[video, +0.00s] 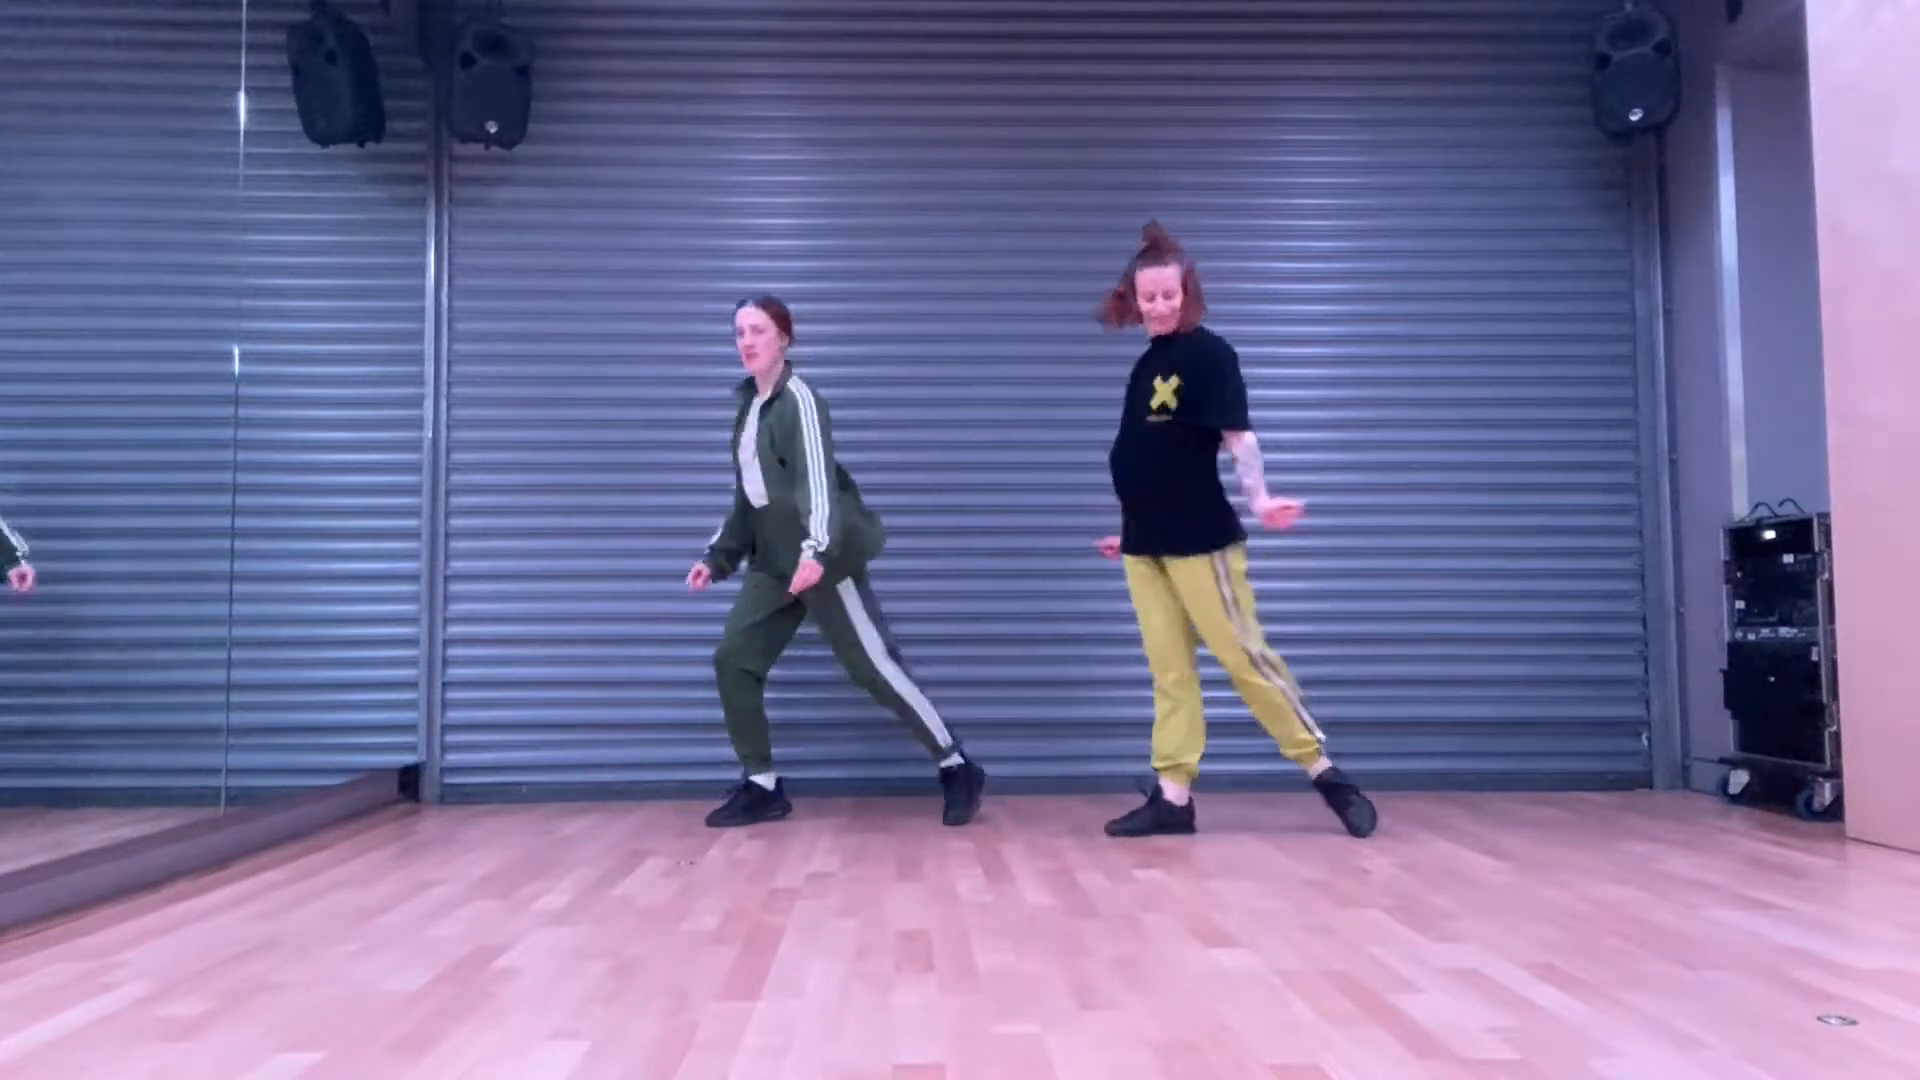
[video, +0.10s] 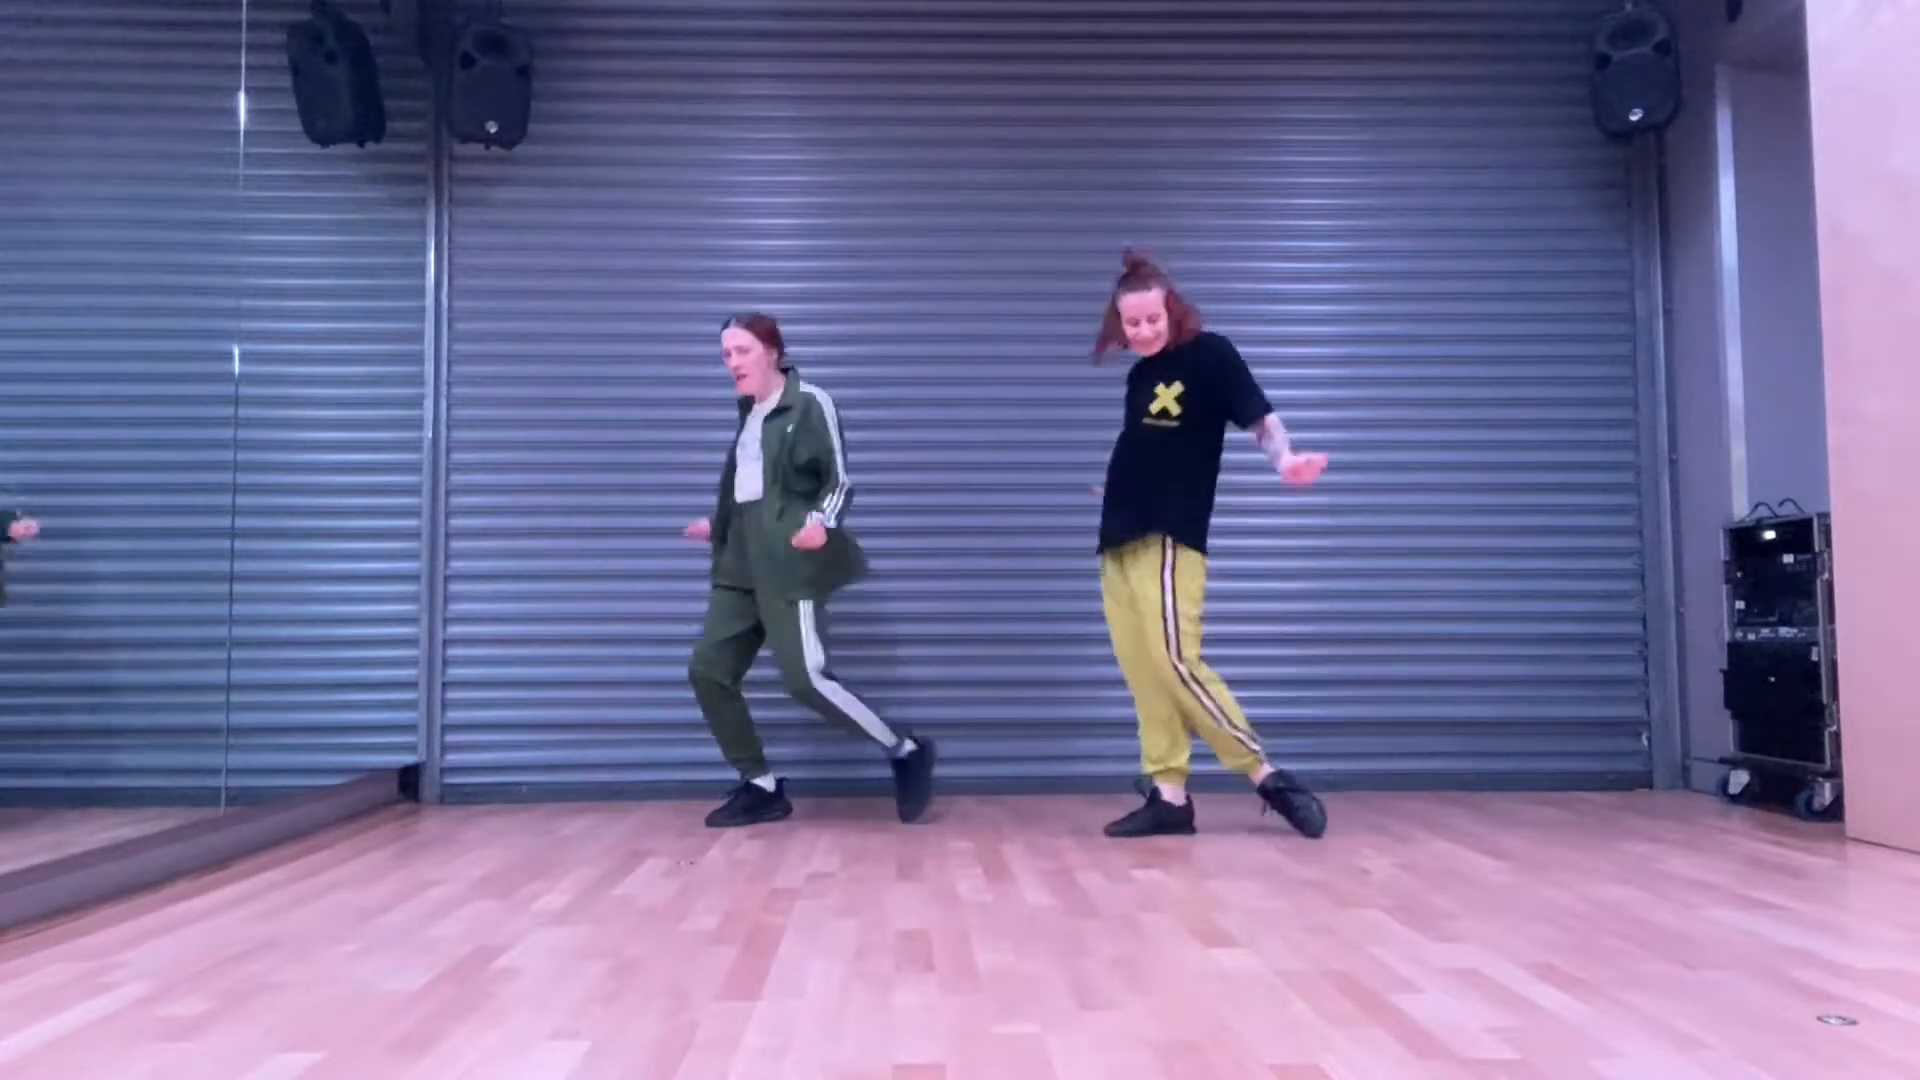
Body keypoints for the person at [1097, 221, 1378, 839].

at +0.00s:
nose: (1160, 306)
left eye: (1170, 293)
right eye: (1149, 296)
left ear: (1187, 293)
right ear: (1133, 300)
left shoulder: (1209, 354)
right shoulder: (1146, 363)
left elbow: (1238, 439)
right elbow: (1148, 455)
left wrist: (1261, 499)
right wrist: (1131, 531)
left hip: (1200, 537)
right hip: (1145, 540)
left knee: (1246, 659)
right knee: (1169, 671)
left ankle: (1325, 776)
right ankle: (1173, 799)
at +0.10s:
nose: (1140, 332)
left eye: (1150, 319)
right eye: (1129, 321)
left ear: (1172, 313)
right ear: (1117, 321)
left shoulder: (1210, 353)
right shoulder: (1140, 374)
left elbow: (1258, 417)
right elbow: (1148, 447)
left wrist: (1285, 460)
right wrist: (1114, 487)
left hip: (1169, 536)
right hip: (1120, 540)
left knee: (1176, 664)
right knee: (1141, 668)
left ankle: (1267, 781)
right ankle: (1169, 799)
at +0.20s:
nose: (1122, 330)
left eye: (1133, 317)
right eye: (1112, 320)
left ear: (1154, 312)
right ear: (1099, 320)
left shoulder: (1185, 345)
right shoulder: (1116, 365)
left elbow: (1248, 388)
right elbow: (1136, 427)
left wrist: (1256, 421)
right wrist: (1089, 465)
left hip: (1178, 528)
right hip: (1125, 530)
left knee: (1153, 658)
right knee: (1095, 651)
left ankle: (1234, 768)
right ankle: (1152, 782)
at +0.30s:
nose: (1112, 347)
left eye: (1122, 335)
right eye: (1102, 336)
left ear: (1141, 337)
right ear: (1087, 340)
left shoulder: (1165, 382)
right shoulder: (1088, 399)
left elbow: (1219, 437)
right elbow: (1077, 467)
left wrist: (1230, 471)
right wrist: (1029, 516)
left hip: (1194, 556)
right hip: (1132, 555)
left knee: (1137, 653)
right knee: (1072, 639)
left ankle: (1188, 775)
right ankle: (1116, 765)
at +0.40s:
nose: (1108, 368)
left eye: (1119, 358)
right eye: (1098, 358)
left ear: (1133, 364)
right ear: (1081, 366)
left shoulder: (1156, 421)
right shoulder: (1087, 442)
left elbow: (1199, 494)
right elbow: (1058, 522)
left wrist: (1212, 533)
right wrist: (1000, 566)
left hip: (1183, 584)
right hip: (1122, 587)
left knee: (1128, 686)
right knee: (1081, 682)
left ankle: (1169, 802)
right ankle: (1110, 800)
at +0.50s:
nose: (1111, 350)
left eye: (1122, 340)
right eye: (1101, 339)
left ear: (1137, 348)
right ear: (1085, 350)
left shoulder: (1161, 408)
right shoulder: (1079, 430)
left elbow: (1215, 484)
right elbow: (1043, 509)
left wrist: (1224, 519)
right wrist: (992, 552)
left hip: (1181, 573)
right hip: (1116, 575)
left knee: (1128, 683)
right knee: (1086, 684)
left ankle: (1168, 802)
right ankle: (1111, 801)